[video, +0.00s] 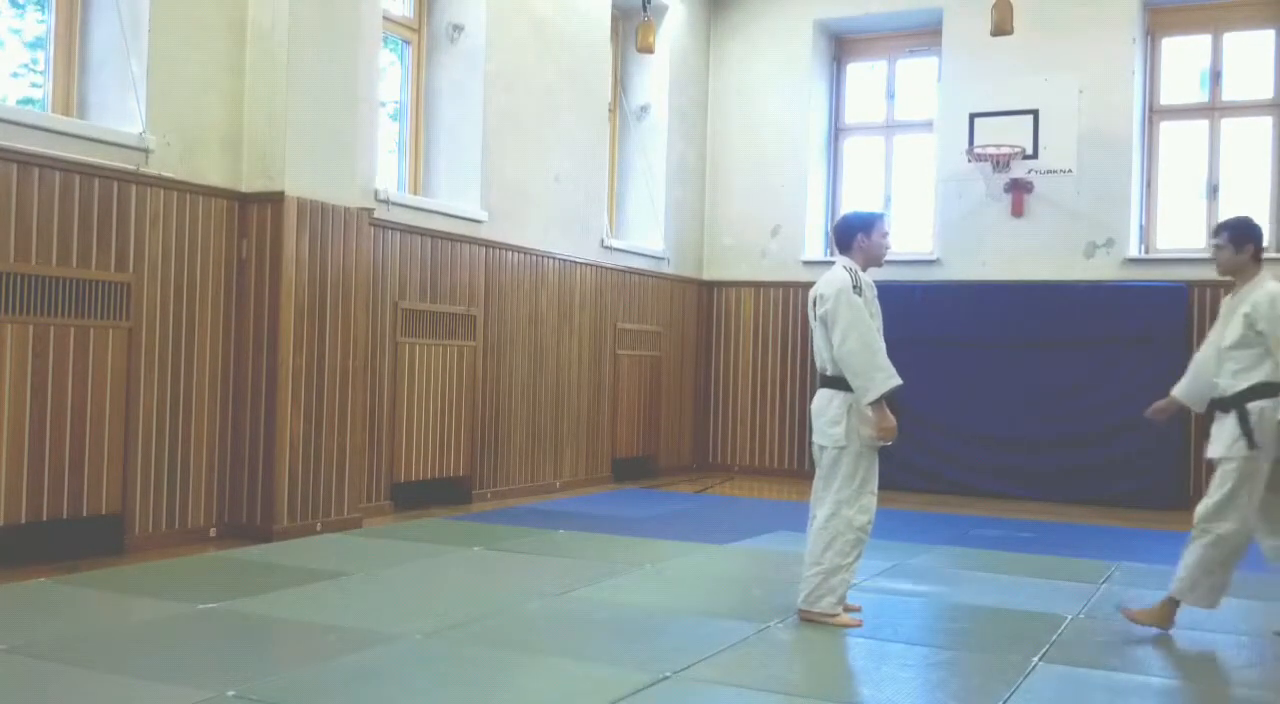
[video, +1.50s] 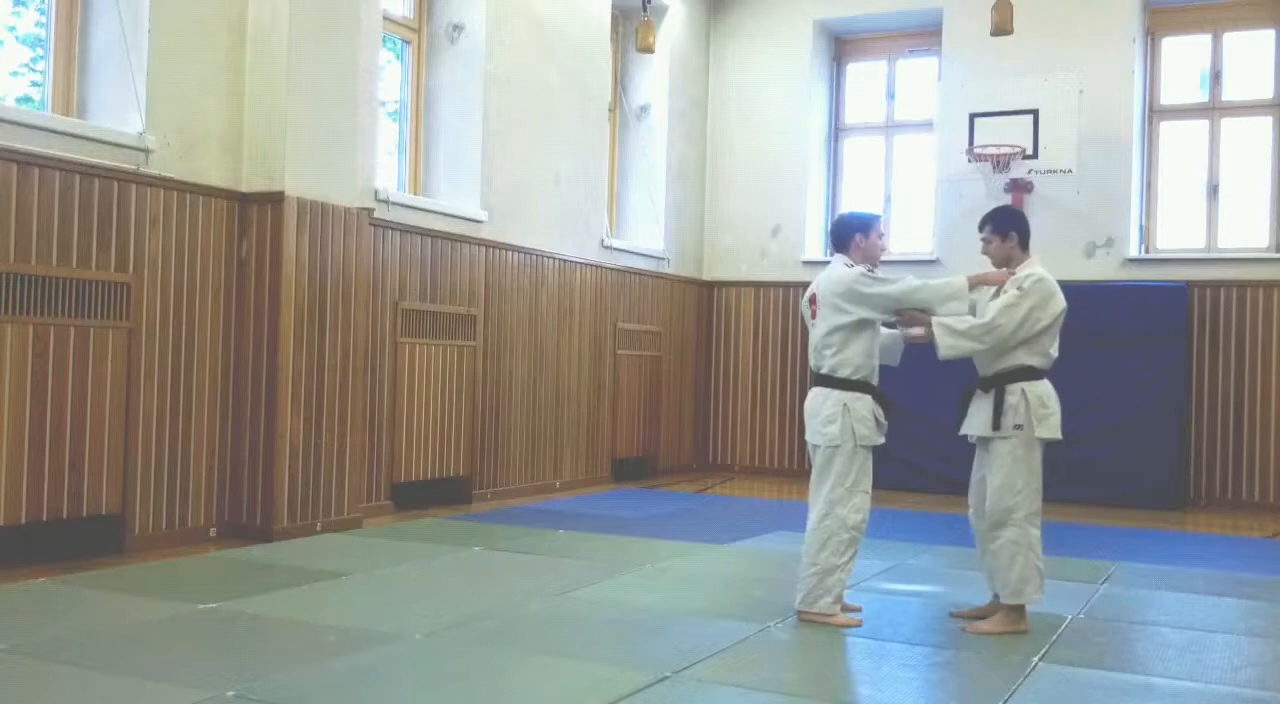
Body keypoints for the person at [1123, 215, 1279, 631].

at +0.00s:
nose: (1213, 256)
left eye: (1220, 248)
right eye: (1213, 249)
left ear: (1248, 249)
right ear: (1234, 252)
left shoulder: (1269, 296)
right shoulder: (1235, 298)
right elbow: (1212, 356)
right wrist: (1176, 400)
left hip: (1259, 422)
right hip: (1239, 420)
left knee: (1218, 515)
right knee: (1269, 517)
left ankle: (1168, 608)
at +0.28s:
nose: (1153, 250)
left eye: (1159, 243)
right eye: (1153, 243)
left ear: (1185, 247)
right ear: (1180, 249)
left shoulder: (1211, 294)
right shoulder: (1176, 294)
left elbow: (1212, 366)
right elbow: (1163, 366)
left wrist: (1191, 421)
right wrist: (1134, 406)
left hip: (1185, 421)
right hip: (1160, 418)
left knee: (1173, 517)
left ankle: (1164, 613)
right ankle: (1243, 578)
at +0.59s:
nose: (1102, 249)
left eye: (1109, 242)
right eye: (1103, 242)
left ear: (1135, 246)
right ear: (1124, 247)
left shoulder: (1163, 297)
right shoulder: (1113, 297)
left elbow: (1146, 359)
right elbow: (1083, 348)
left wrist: (1093, 391)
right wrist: (1037, 367)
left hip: (1134, 424)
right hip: (1095, 419)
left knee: (1139, 523)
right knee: (1065, 507)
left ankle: (1160, 614)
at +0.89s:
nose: (1041, 248)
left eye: (1048, 241)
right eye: (1042, 241)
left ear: (1074, 246)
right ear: (1060, 247)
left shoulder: (1103, 298)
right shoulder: (1038, 295)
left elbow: (1089, 361)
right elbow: (991, 319)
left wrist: (1034, 384)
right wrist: (939, 311)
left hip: (1066, 419)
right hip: (1027, 415)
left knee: (1039, 507)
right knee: (1001, 506)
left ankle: (1104, 584)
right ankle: (1004, 600)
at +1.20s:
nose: (998, 248)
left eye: (1004, 240)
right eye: (997, 241)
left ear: (1030, 241)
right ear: (1021, 243)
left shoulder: (1055, 288)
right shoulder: (1012, 290)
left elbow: (1022, 341)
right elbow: (982, 323)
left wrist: (959, 352)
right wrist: (942, 346)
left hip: (1035, 408)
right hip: (1005, 406)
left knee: (1013, 506)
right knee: (987, 503)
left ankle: (1013, 608)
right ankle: (997, 599)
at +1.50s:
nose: (985, 250)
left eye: (989, 242)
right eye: (982, 243)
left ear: (1013, 239)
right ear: (1008, 242)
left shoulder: (1037, 284)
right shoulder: (1010, 285)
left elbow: (992, 330)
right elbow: (981, 325)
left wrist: (931, 329)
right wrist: (929, 324)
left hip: (1019, 405)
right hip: (995, 404)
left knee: (1009, 507)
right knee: (985, 507)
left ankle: (1014, 610)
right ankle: (1000, 600)